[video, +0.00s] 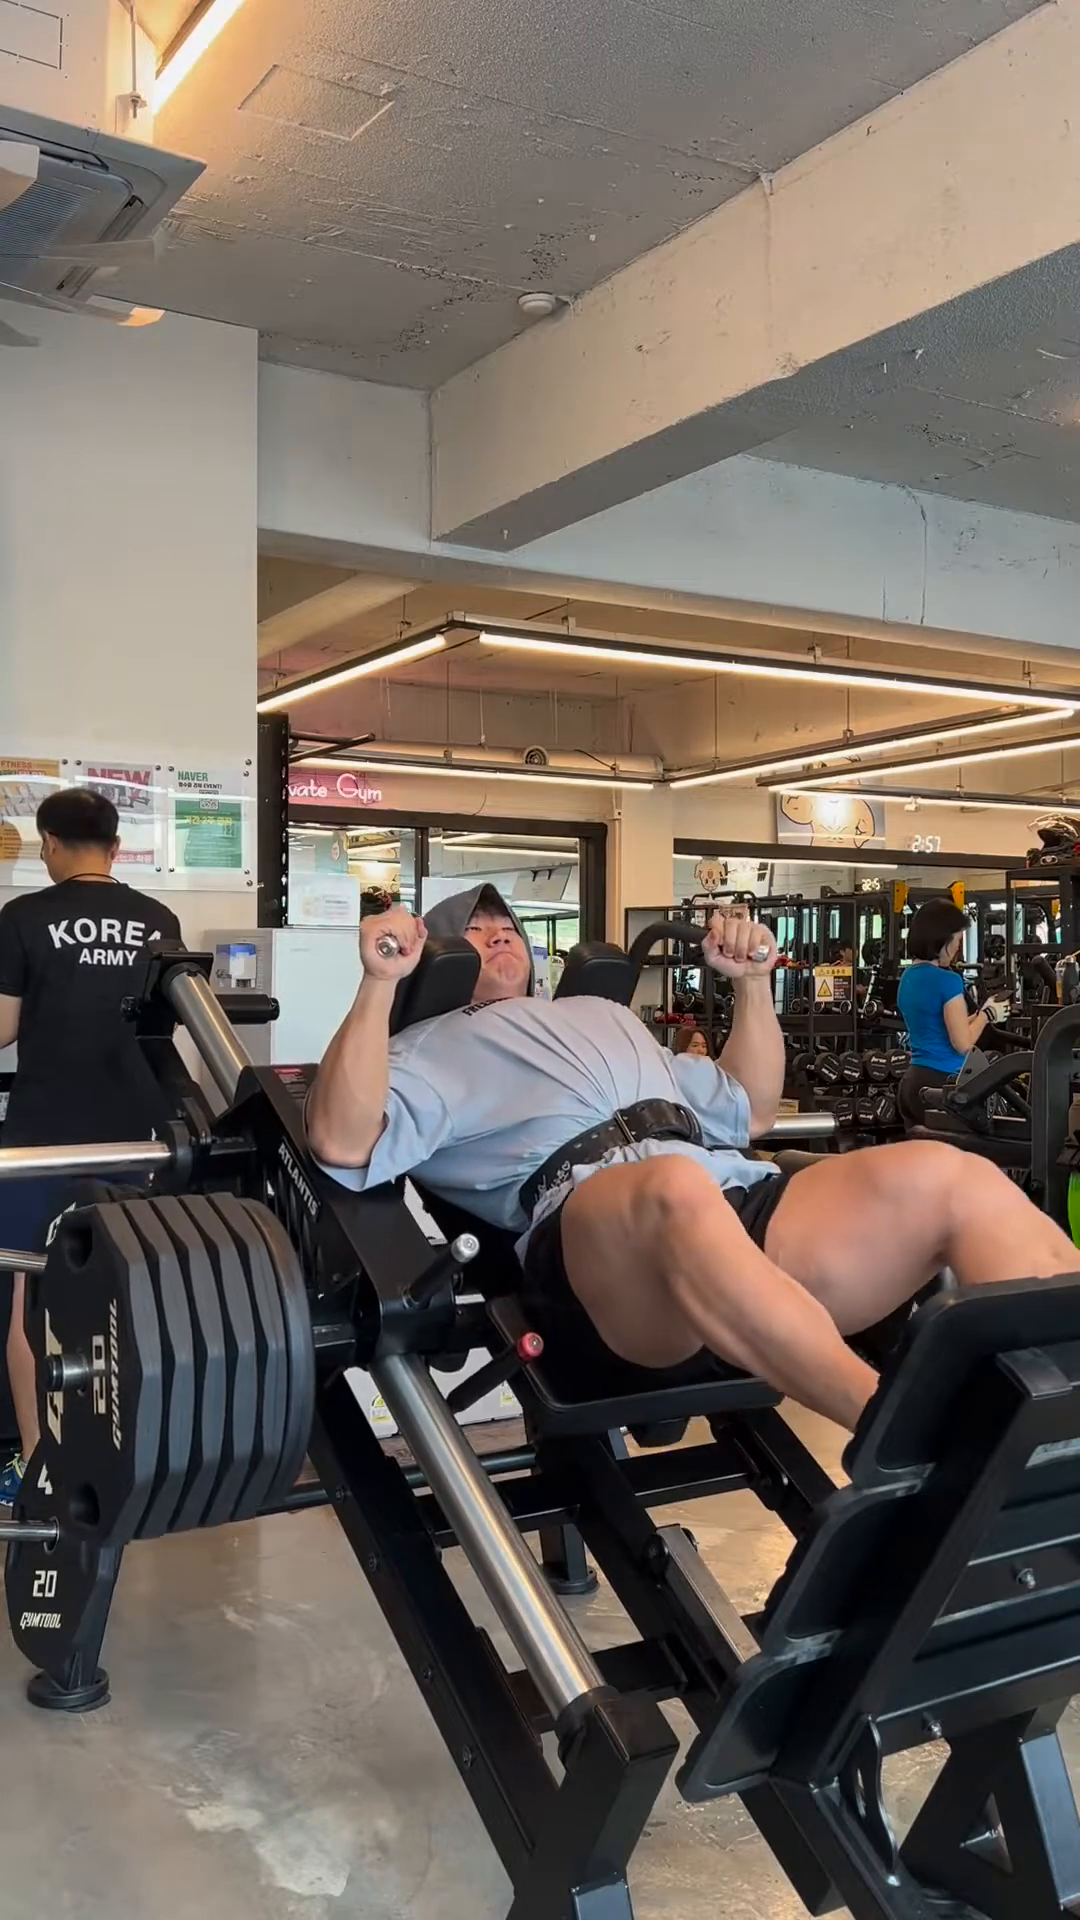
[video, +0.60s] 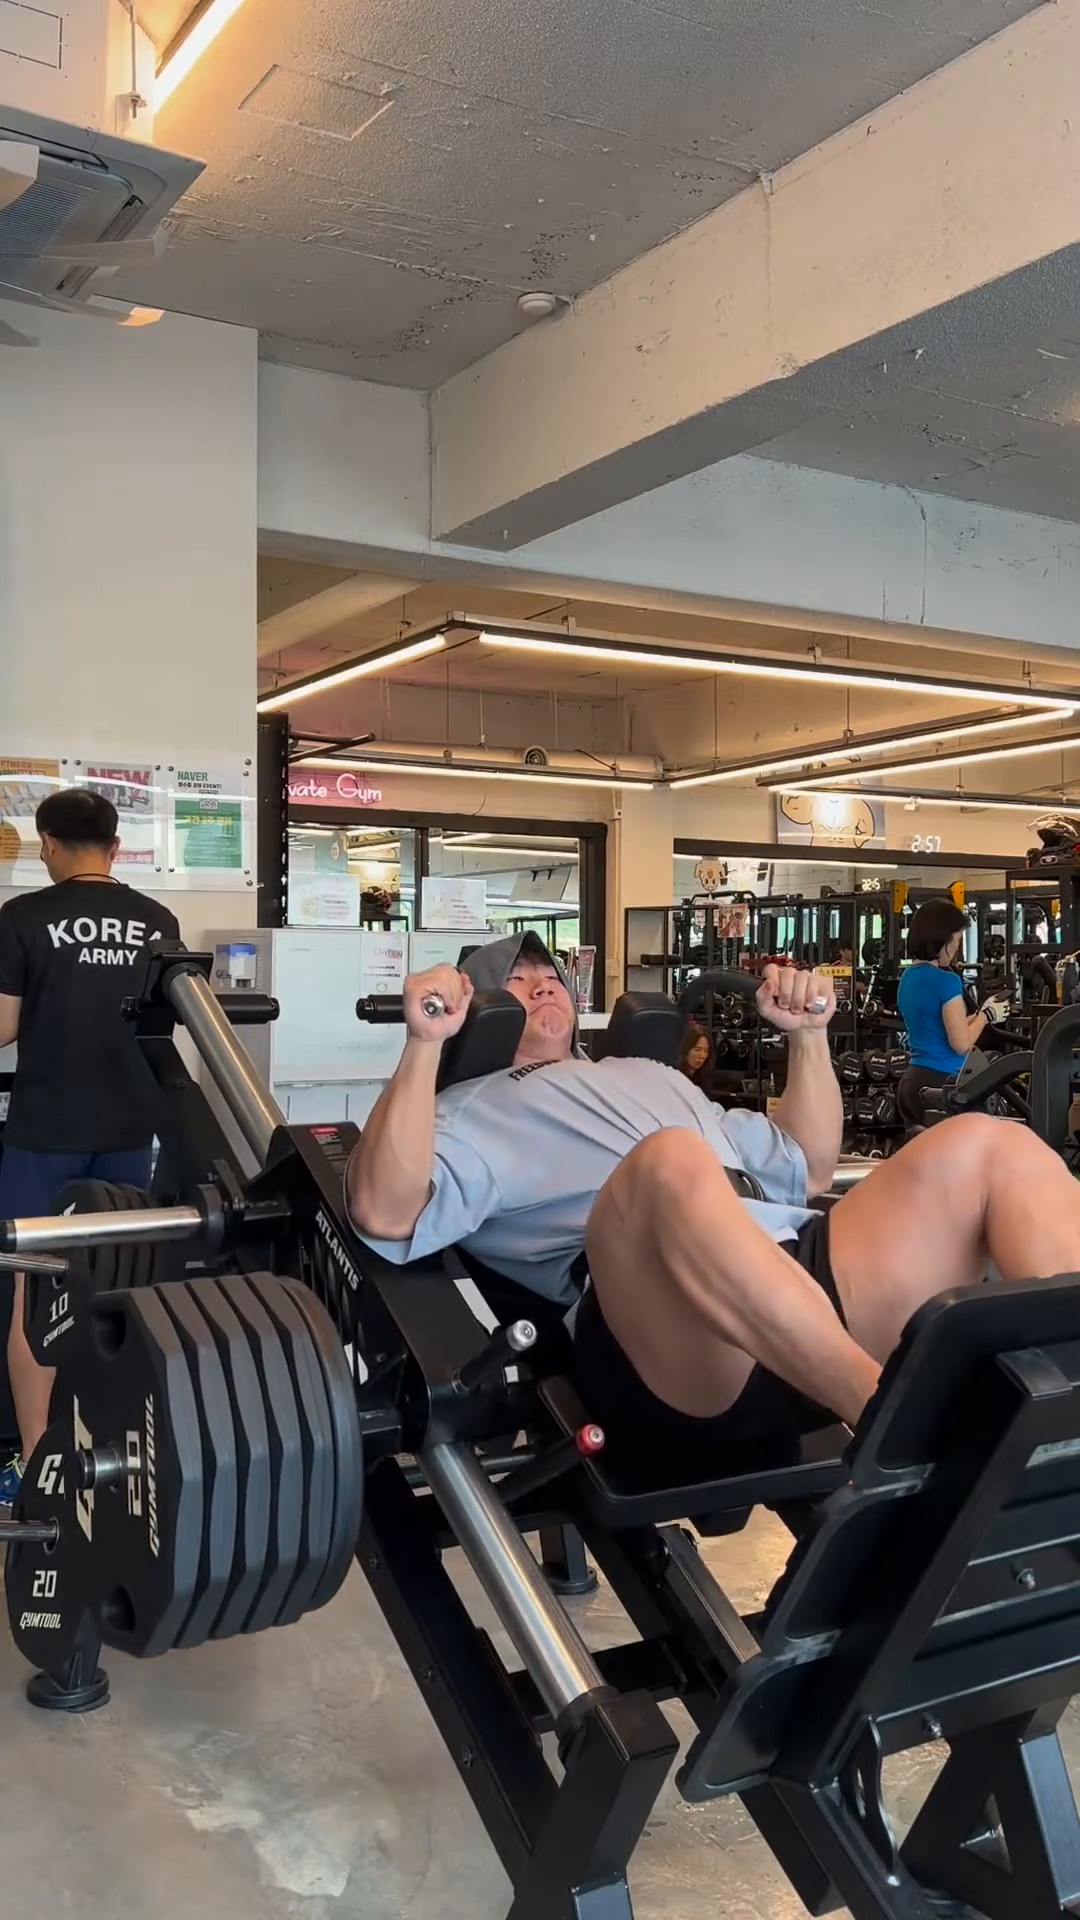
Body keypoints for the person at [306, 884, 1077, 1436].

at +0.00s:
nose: (498, 938)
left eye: (507, 928)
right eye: (474, 935)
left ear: (530, 951)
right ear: (443, 974)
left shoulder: (606, 1021)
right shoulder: (433, 1053)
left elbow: (750, 1107)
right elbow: (342, 1142)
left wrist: (750, 982)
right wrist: (377, 987)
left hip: (745, 1217)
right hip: (590, 1266)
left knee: (950, 1177)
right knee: (672, 1190)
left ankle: (1076, 1383)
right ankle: (898, 1428)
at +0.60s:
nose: (540, 984)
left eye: (547, 973)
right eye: (516, 978)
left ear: (571, 1003)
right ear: (477, 1024)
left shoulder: (654, 1078)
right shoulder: (470, 1115)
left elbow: (804, 1170)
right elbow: (383, 1216)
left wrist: (806, 1035)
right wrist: (424, 1047)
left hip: (813, 1307)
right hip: (663, 1370)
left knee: (995, 1153)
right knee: (671, 1166)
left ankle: (1068, 1391)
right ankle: (886, 1412)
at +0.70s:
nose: (544, 997)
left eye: (555, 985)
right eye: (521, 987)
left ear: (581, 1013)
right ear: (483, 1026)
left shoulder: (663, 1090)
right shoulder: (478, 1127)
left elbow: (817, 1178)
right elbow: (389, 1227)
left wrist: (816, 1046)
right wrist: (434, 1059)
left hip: (818, 1322)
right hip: (672, 1389)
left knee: (997, 1151)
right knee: (667, 1164)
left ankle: (1068, 1391)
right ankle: (893, 1415)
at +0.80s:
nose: (557, 1009)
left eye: (567, 995)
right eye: (533, 999)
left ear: (589, 1020)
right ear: (492, 1035)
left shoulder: (672, 1102)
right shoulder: (488, 1137)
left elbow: (827, 1190)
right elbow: (398, 1241)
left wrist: (826, 1057)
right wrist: (444, 1068)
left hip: (840, 1333)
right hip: (687, 1399)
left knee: (998, 1149)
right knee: (666, 1164)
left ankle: (1066, 1393)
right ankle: (886, 1412)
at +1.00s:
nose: (578, 1027)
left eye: (585, 1015)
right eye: (550, 1018)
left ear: (605, 1042)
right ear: (504, 1054)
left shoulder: (687, 1127)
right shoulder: (501, 1162)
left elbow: (847, 1206)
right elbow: (413, 1267)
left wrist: (845, 1076)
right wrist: (460, 1091)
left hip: (861, 1358)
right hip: (711, 1426)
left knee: (1000, 1146)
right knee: (664, 1172)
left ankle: (1069, 1391)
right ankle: (882, 1407)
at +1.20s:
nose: (586, 1034)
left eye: (593, 1021)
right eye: (556, 1027)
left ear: (618, 1053)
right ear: (518, 1067)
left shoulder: (702, 1144)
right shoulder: (516, 1184)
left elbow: (861, 1222)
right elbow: (429, 1294)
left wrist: (869, 1097)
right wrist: (475, 1115)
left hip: (884, 1364)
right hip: (731, 1443)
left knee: (1005, 1144)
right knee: (664, 1174)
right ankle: (884, 1407)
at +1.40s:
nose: (605, 1053)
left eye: (610, 1039)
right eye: (574, 1043)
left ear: (634, 1070)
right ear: (534, 1082)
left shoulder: (727, 1164)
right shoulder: (529, 1207)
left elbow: (879, 1238)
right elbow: (446, 1324)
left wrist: (889, 1117)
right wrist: (491, 1136)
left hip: (892, 1372)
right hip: (751, 1465)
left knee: (1011, 1146)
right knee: (669, 1169)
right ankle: (887, 1412)